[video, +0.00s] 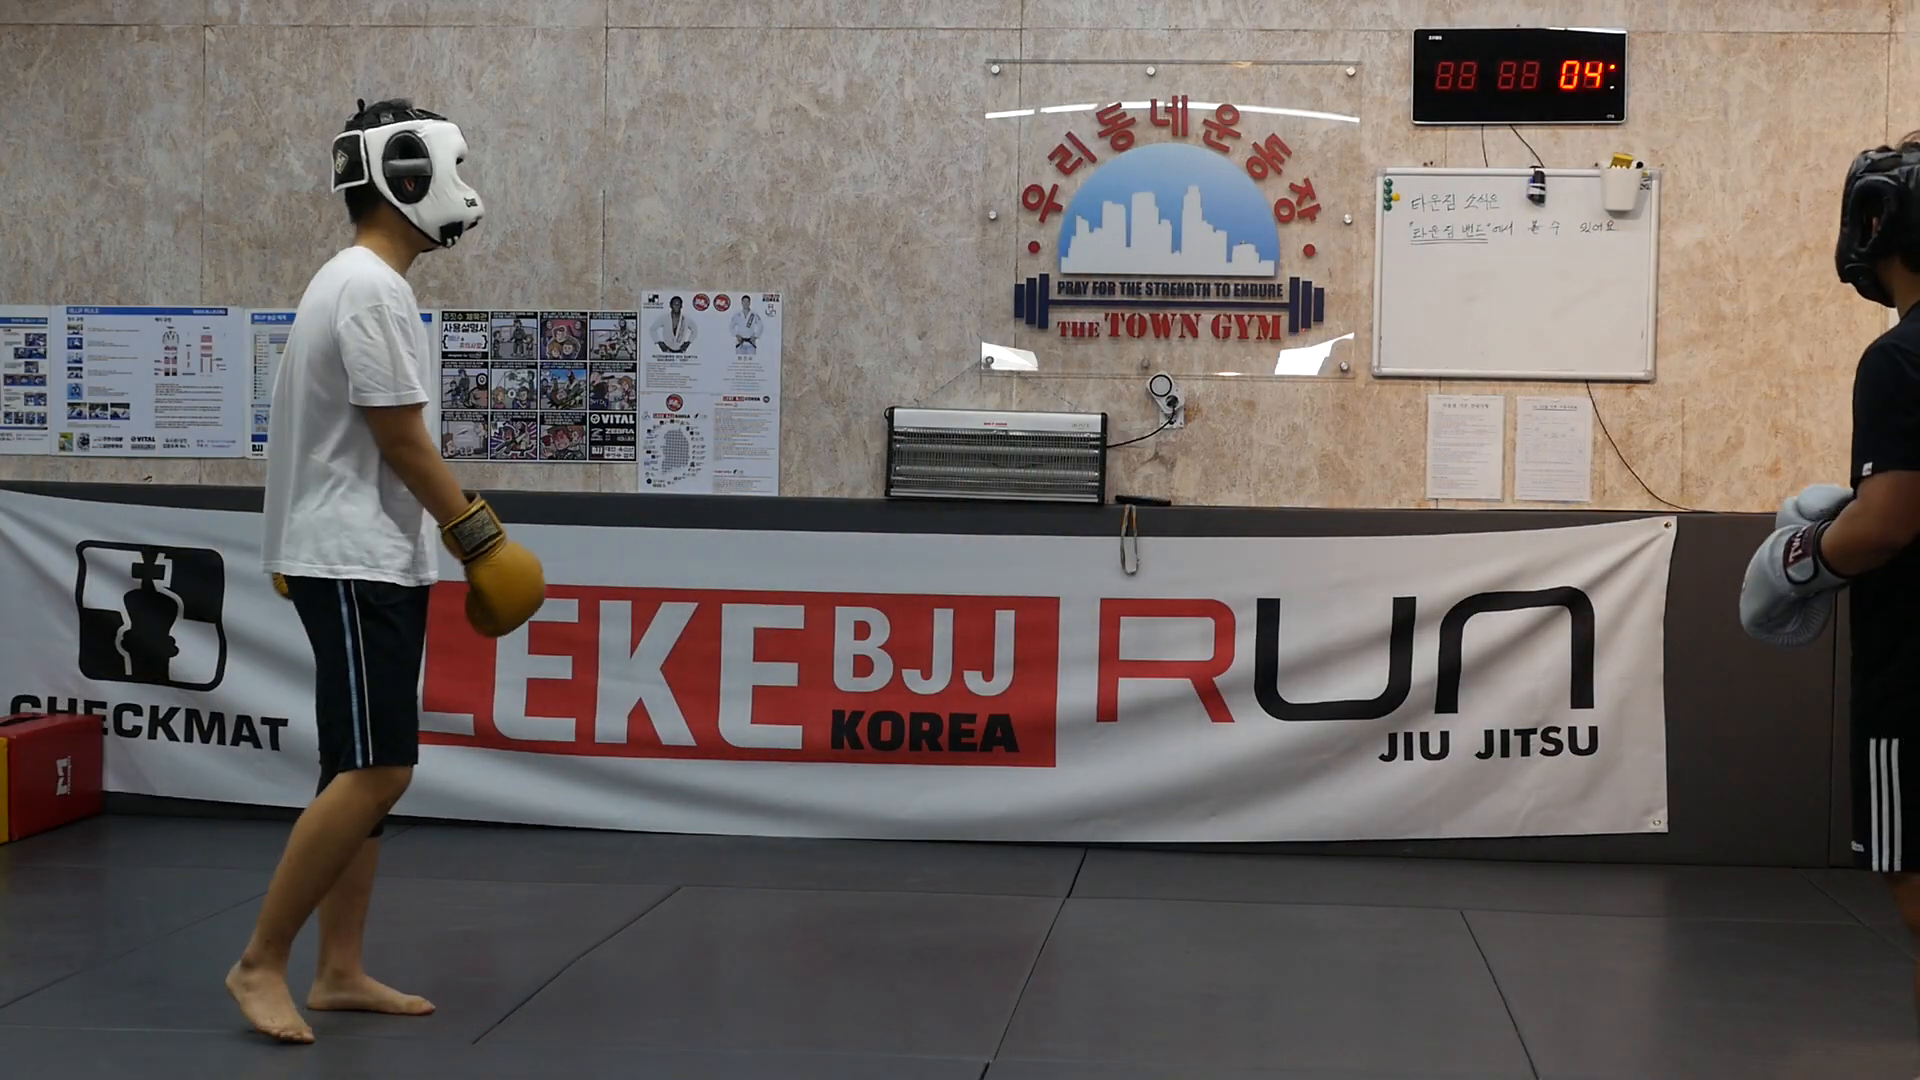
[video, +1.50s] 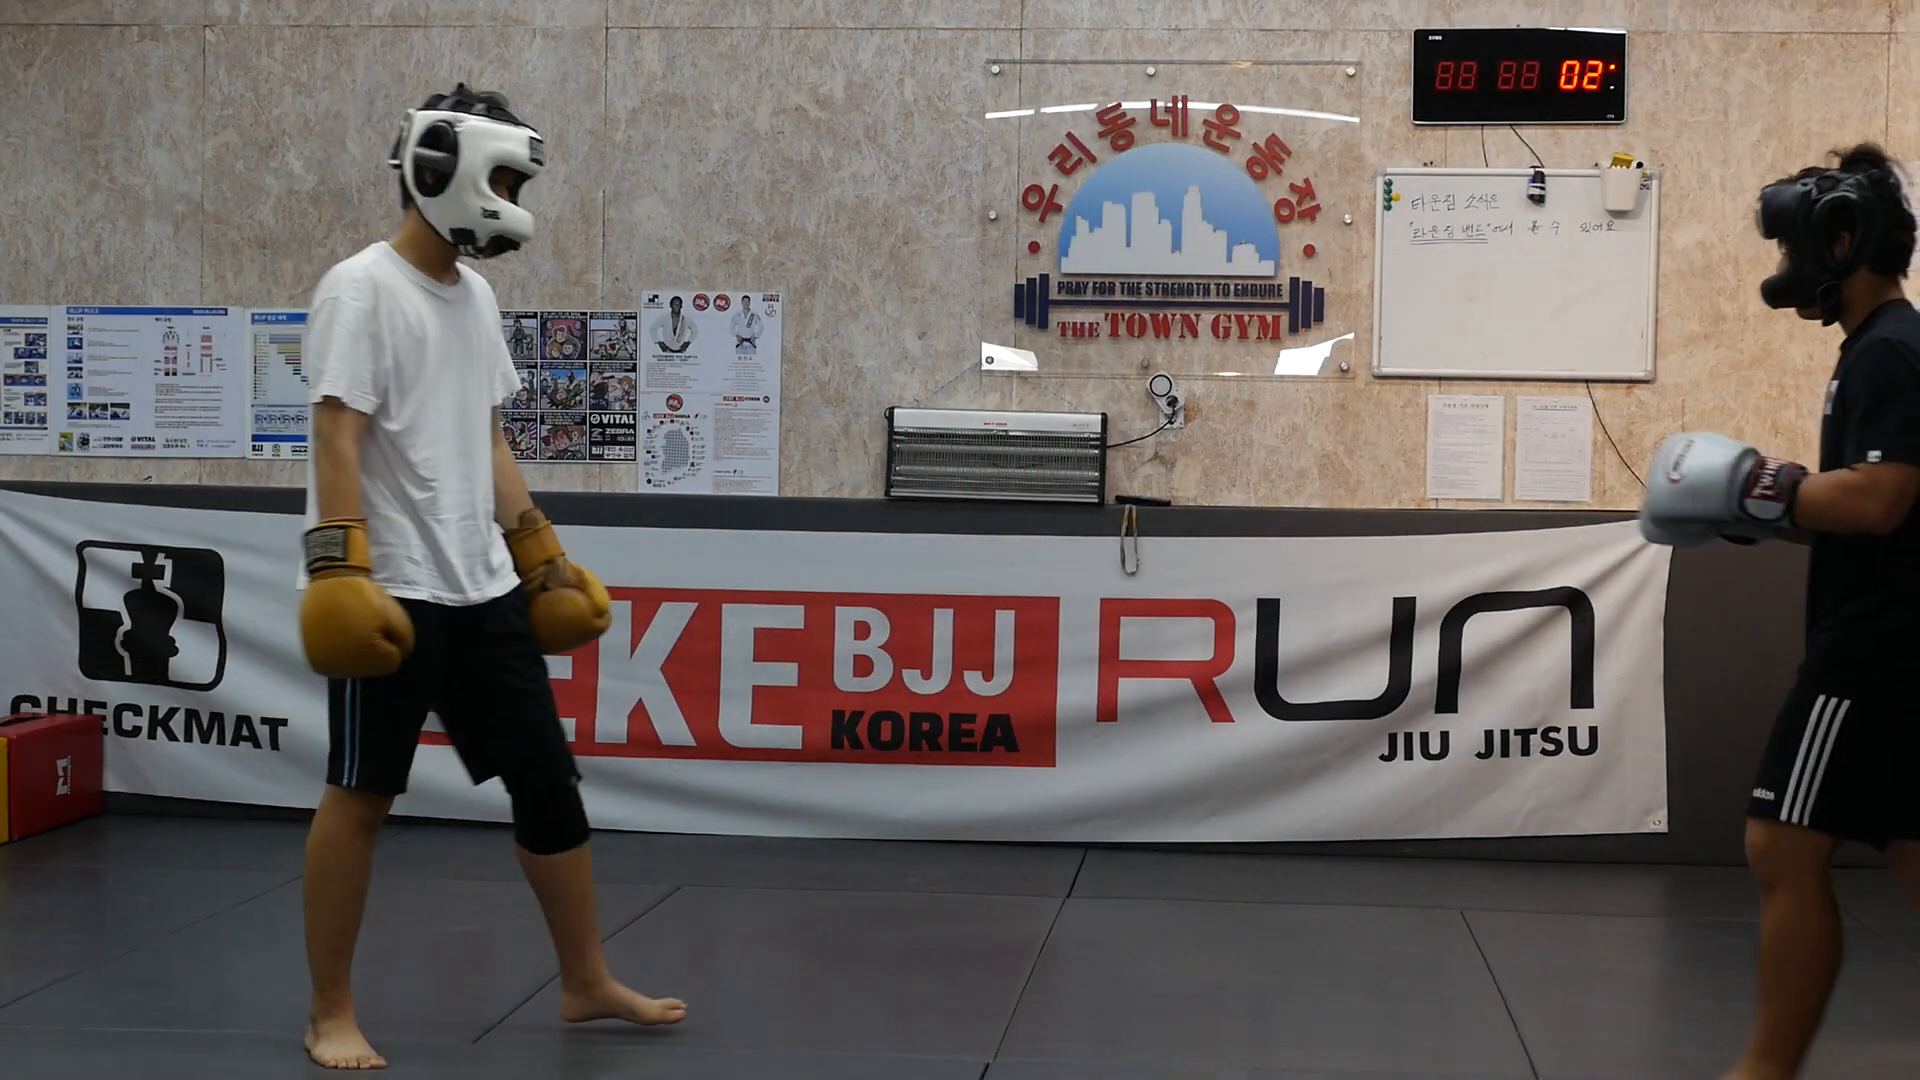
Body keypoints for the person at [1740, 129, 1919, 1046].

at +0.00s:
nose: (1861, 264)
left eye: (1863, 244)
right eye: (1863, 246)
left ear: (1883, 243)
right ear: (1912, 242)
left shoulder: (1898, 358)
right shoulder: (1904, 355)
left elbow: (1890, 515)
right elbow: (1903, 494)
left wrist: (1815, 554)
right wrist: (1848, 511)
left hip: (1908, 674)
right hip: (1909, 667)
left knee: (1910, 882)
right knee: (1905, 876)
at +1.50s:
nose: (1792, 268)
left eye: (1801, 248)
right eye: (1793, 249)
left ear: (1842, 249)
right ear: (1866, 249)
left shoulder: (1889, 350)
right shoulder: (1884, 344)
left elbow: (1881, 500)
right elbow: (1870, 497)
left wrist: (1764, 491)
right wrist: (1767, 497)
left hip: (1869, 653)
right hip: (1885, 647)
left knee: (1783, 847)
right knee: (1909, 850)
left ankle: (1769, 1065)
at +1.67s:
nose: (1743, 279)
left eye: (1753, 258)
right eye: (1743, 260)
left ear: (1801, 258)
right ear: (1813, 259)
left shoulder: (1843, 364)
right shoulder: (1847, 358)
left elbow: (1798, 505)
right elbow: (1798, 504)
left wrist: (1679, 473)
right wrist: (1696, 479)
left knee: (1771, 885)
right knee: (1903, 877)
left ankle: (1704, 1067)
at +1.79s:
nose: (1697, 276)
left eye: (1708, 257)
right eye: (1698, 257)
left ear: (1756, 259)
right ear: (1767, 260)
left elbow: (1729, 503)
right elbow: (1740, 498)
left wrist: (1617, 463)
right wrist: (1643, 467)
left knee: (1738, 882)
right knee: (1835, 866)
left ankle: (1696, 1071)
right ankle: (1919, 1048)